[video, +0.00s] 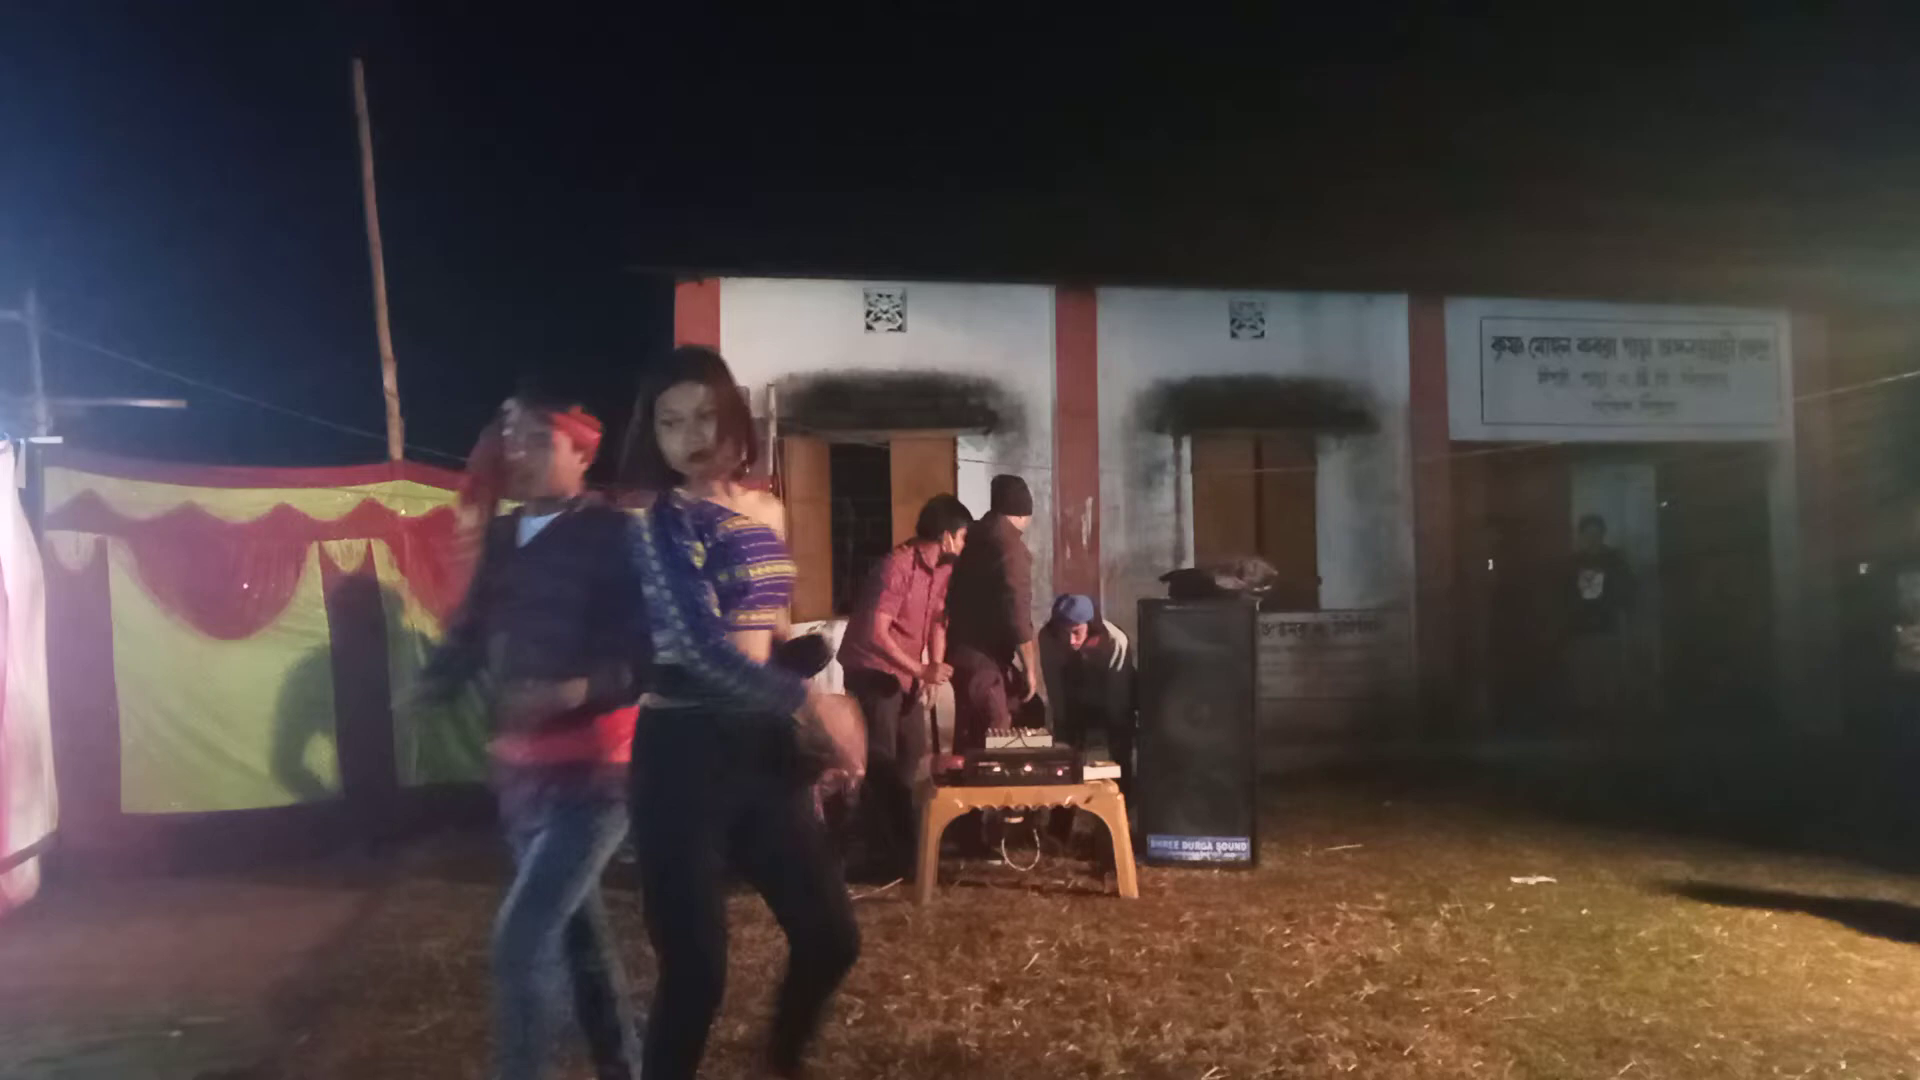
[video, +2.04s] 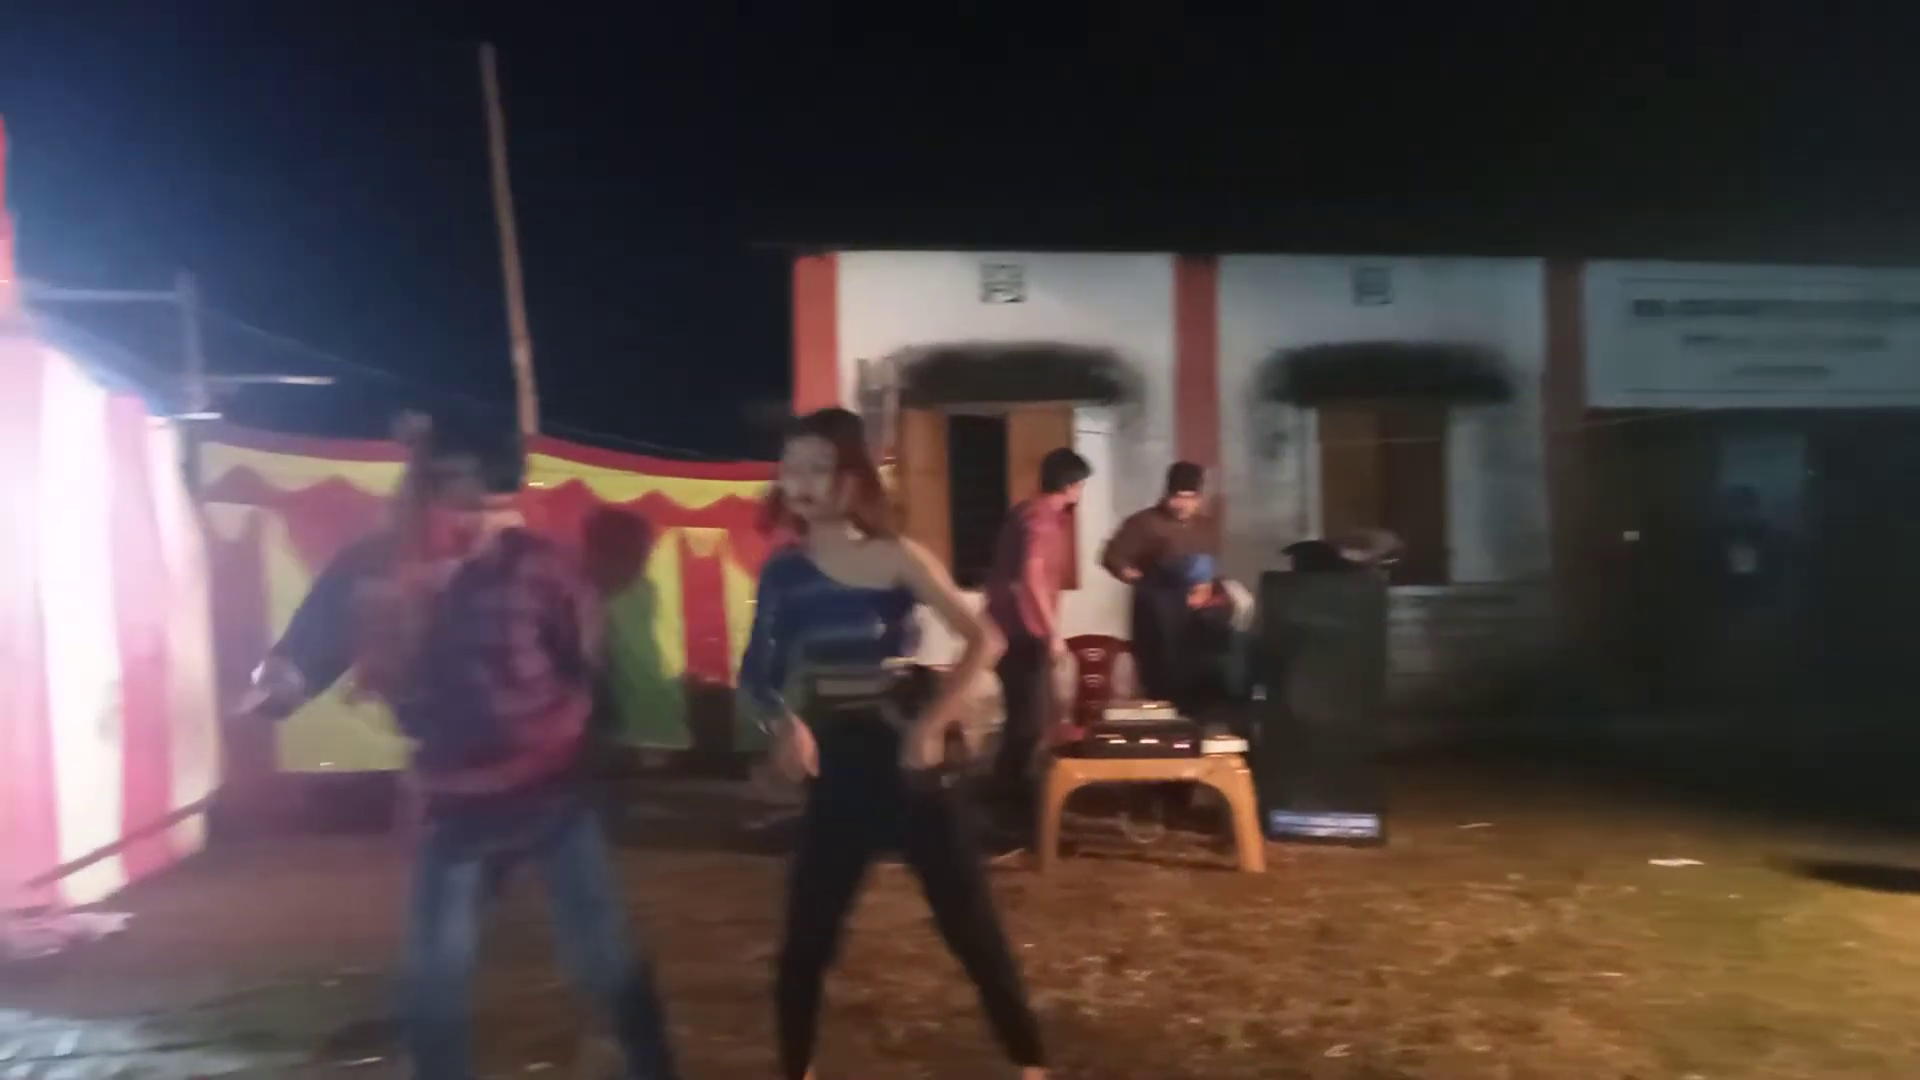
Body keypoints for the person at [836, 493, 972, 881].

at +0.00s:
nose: (963, 544)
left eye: (964, 536)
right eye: (959, 535)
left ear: (949, 534)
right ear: (938, 533)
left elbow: (937, 619)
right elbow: (876, 631)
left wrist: (937, 665)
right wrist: (918, 669)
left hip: (909, 671)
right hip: (875, 670)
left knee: (910, 760)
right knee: (883, 762)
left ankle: (904, 853)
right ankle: (879, 857)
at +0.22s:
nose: (956, 531)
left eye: (956, 522)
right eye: (952, 522)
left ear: (934, 522)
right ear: (934, 521)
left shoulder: (933, 561)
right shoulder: (895, 558)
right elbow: (886, 627)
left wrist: (937, 660)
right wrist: (932, 655)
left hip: (910, 671)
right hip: (876, 672)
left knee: (911, 760)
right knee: (883, 763)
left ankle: (905, 855)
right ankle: (882, 859)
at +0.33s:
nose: (952, 519)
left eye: (951, 512)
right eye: (949, 512)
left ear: (924, 514)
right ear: (934, 515)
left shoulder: (924, 553)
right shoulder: (902, 551)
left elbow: (935, 603)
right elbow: (915, 620)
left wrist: (977, 613)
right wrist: (980, 624)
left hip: (912, 676)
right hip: (890, 676)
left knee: (914, 761)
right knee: (900, 766)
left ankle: (906, 856)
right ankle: (897, 859)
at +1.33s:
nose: (977, 541)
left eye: (981, 534)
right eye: (976, 532)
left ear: (958, 521)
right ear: (958, 521)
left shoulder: (932, 536)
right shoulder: (938, 541)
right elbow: (957, 603)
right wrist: (1004, 647)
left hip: (895, 650)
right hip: (902, 652)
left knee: (904, 744)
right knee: (907, 745)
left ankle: (898, 838)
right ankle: (898, 842)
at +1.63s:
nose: (1010, 515)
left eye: (1014, 507)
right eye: (1009, 506)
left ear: (992, 500)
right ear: (990, 498)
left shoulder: (977, 523)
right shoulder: (967, 523)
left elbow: (993, 581)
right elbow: (990, 583)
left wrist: (1025, 621)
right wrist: (1024, 625)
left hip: (940, 630)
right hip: (927, 631)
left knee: (936, 723)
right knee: (935, 724)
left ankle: (925, 813)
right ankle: (922, 815)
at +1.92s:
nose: (1050, 496)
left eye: (1050, 488)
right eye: (1047, 488)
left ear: (1020, 485)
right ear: (1035, 489)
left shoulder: (1003, 517)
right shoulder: (1008, 521)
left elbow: (989, 584)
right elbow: (1004, 579)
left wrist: (1010, 636)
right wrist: (1038, 632)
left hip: (980, 631)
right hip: (981, 632)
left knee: (987, 727)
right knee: (986, 728)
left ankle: (973, 816)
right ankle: (973, 819)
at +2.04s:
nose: (1082, 491)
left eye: (1082, 483)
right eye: (1079, 484)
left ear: (1050, 479)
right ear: (1068, 484)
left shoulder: (1030, 513)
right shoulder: (1041, 520)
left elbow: (1012, 580)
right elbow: (1031, 580)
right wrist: (1051, 634)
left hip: (1017, 635)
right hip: (1025, 637)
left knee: (1026, 720)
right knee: (1030, 722)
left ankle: (1010, 800)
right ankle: (1014, 807)